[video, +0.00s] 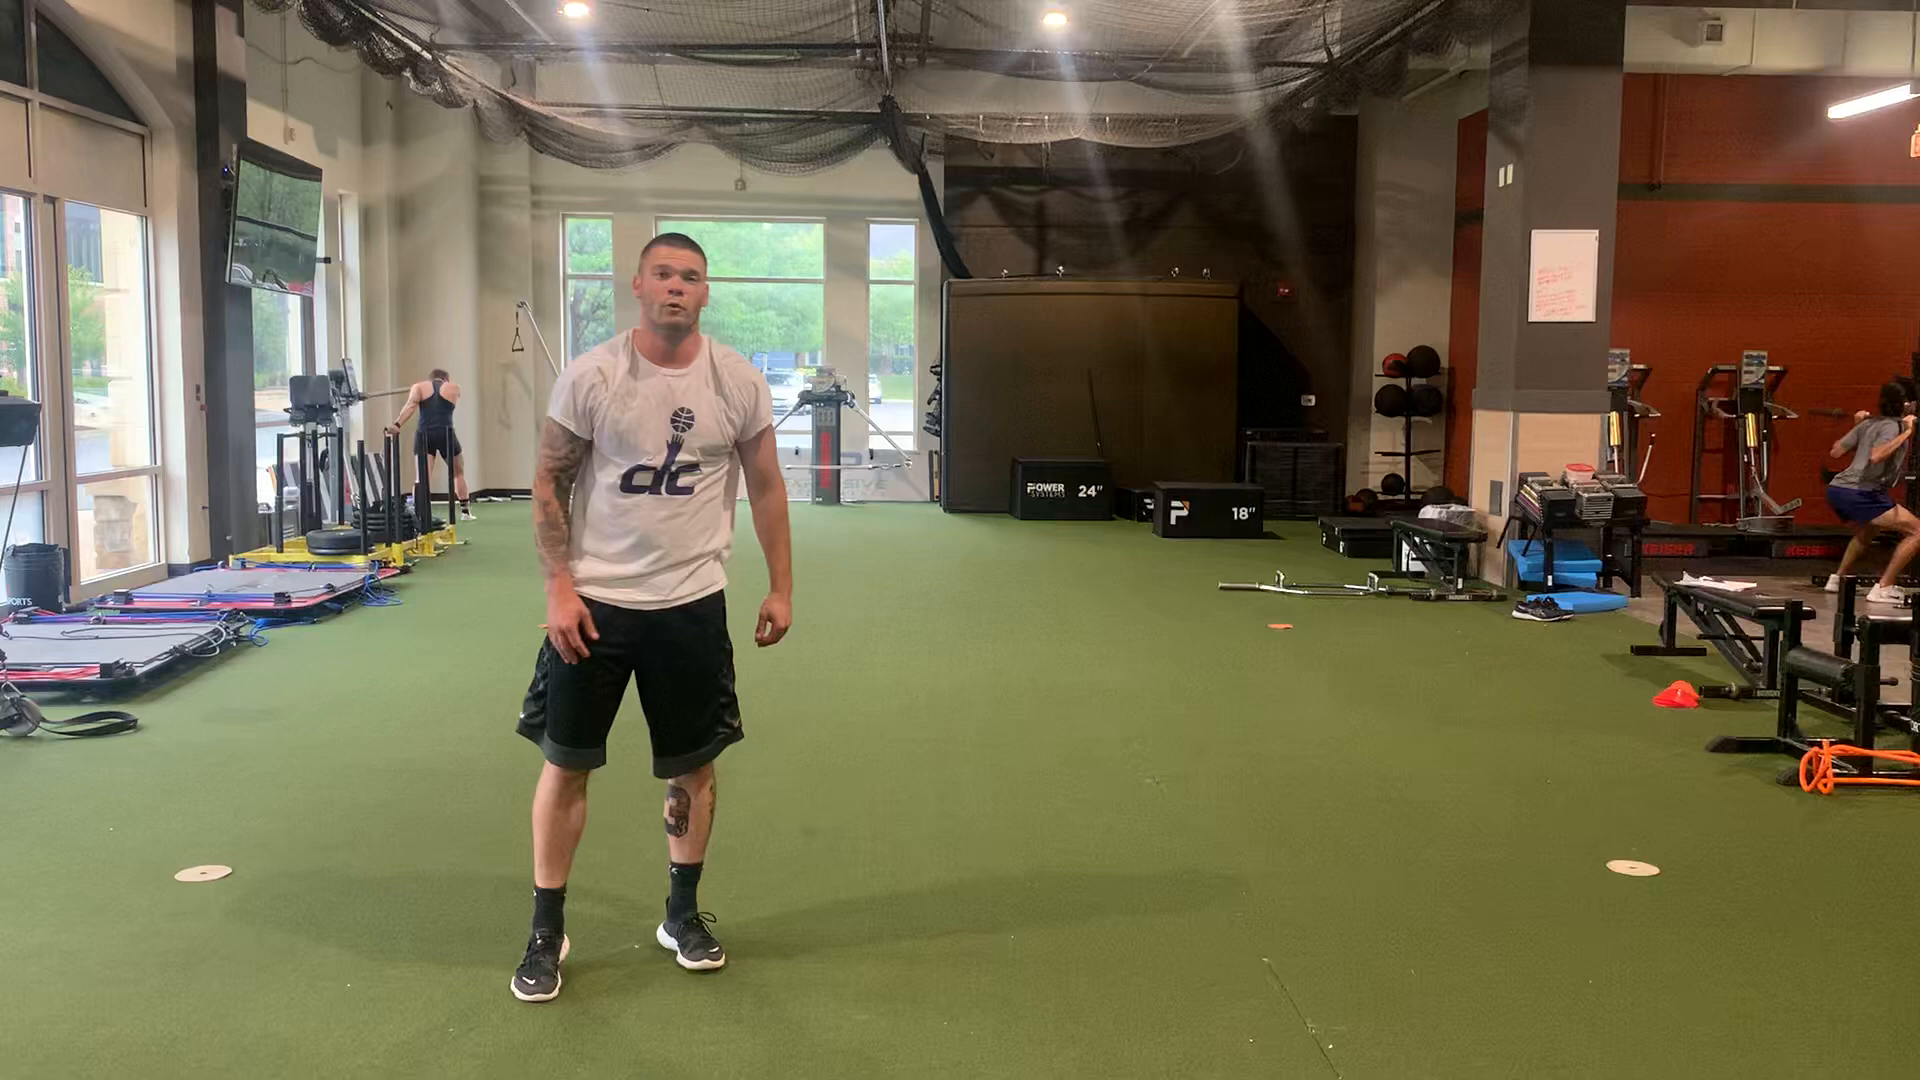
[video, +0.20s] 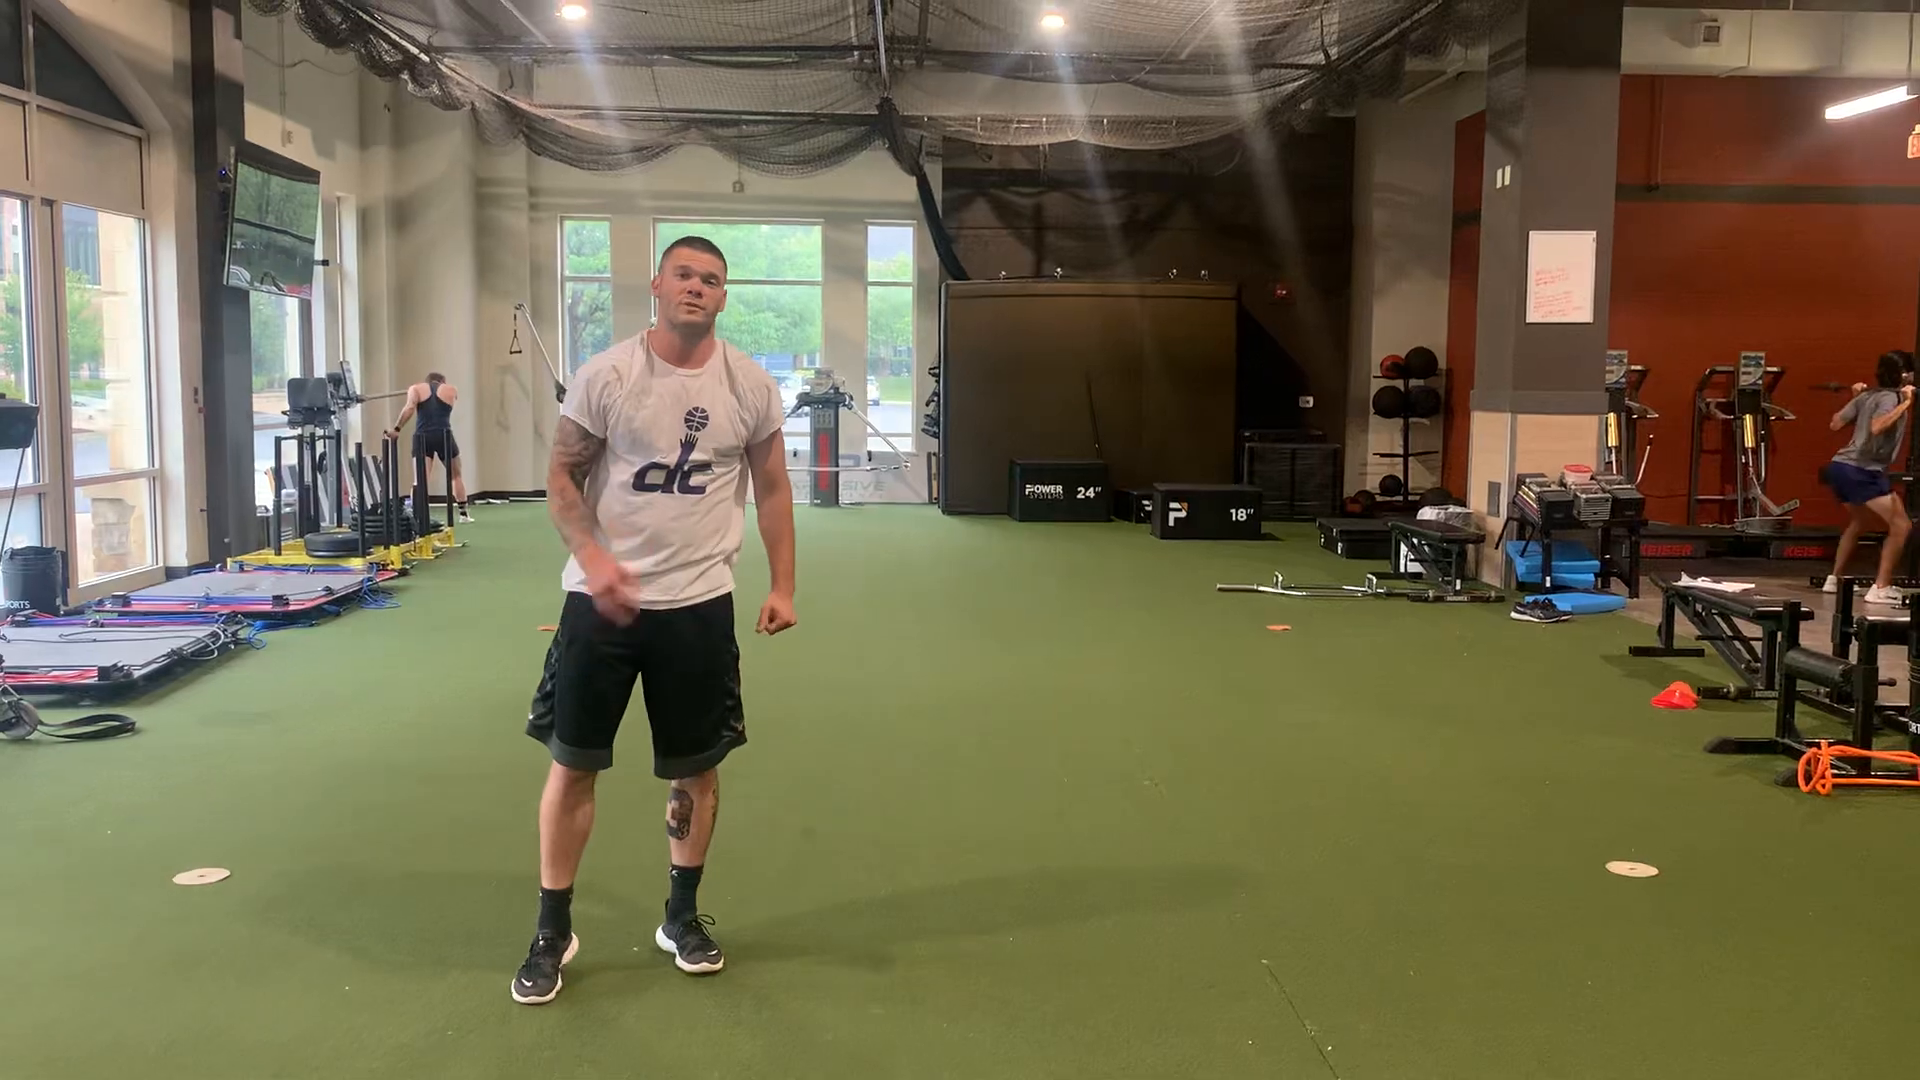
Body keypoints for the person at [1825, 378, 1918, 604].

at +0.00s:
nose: (1914, 407)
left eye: (1913, 402)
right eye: (1912, 402)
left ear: (1885, 402)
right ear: (1903, 404)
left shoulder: (1867, 424)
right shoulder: (1894, 427)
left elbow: (1836, 451)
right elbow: (1876, 456)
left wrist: (1858, 424)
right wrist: (1906, 433)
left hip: (1837, 490)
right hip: (1862, 496)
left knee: (1870, 528)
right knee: (1916, 530)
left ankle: (1838, 578)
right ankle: (1884, 587)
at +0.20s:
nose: (1913, 378)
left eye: (1913, 374)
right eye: (1911, 374)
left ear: (1883, 374)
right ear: (1902, 375)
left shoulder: (1866, 397)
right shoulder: (1891, 398)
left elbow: (1836, 424)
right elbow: (1876, 427)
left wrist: (1856, 397)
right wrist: (1906, 403)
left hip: (1839, 467)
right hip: (1860, 472)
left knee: (1858, 522)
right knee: (1900, 525)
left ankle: (1834, 578)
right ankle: (1881, 587)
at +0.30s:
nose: (1911, 367)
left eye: (1911, 363)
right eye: (1909, 363)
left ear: (1880, 362)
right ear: (1899, 364)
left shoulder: (1865, 386)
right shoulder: (1889, 387)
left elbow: (1834, 413)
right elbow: (1876, 415)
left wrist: (1853, 386)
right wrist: (1905, 391)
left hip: (1840, 459)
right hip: (1862, 464)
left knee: (1850, 519)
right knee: (1887, 522)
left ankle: (1832, 578)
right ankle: (1878, 587)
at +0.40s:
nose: (1907, 363)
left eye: (1907, 359)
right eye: (1905, 359)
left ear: (1875, 359)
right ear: (1896, 361)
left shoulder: (1861, 382)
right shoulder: (1887, 383)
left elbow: (1831, 411)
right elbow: (1873, 410)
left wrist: (1850, 382)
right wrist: (1902, 386)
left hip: (1838, 457)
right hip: (1861, 461)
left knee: (1844, 519)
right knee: (1879, 522)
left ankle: (1828, 578)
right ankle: (1875, 587)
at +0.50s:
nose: (1903, 371)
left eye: (1904, 368)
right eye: (1902, 367)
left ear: (1872, 366)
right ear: (1893, 368)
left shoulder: (1856, 390)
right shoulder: (1882, 390)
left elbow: (1827, 417)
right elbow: (1869, 417)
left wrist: (1846, 389)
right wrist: (1898, 393)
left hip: (1834, 462)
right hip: (1857, 467)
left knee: (1848, 519)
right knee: (1888, 524)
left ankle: (1826, 577)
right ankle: (1872, 587)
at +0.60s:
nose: (1897, 384)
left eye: (1897, 381)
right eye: (1895, 380)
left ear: (1867, 380)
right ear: (1888, 383)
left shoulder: (1851, 403)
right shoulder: (1878, 403)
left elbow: (1822, 430)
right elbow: (1864, 430)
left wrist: (1841, 403)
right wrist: (1894, 406)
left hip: (1831, 473)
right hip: (1854, 478)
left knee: (1851, 525)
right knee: (1896, 526)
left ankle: (1824, 578)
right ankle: (1870, 587)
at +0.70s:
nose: (1896, 399)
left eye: (1896, 396)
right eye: (1894, 395)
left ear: (1864, 396)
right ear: (1886, 398)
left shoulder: (1849, 418)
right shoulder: (1875, 419)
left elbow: (1818, 445)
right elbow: (1861, 446)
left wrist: (1838, 419)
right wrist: (1891, 422)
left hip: (1823, 486)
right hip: (1848, 492)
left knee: (1852, 529)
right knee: (1901, 530)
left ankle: (1822, 578)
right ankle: (1868, 587)